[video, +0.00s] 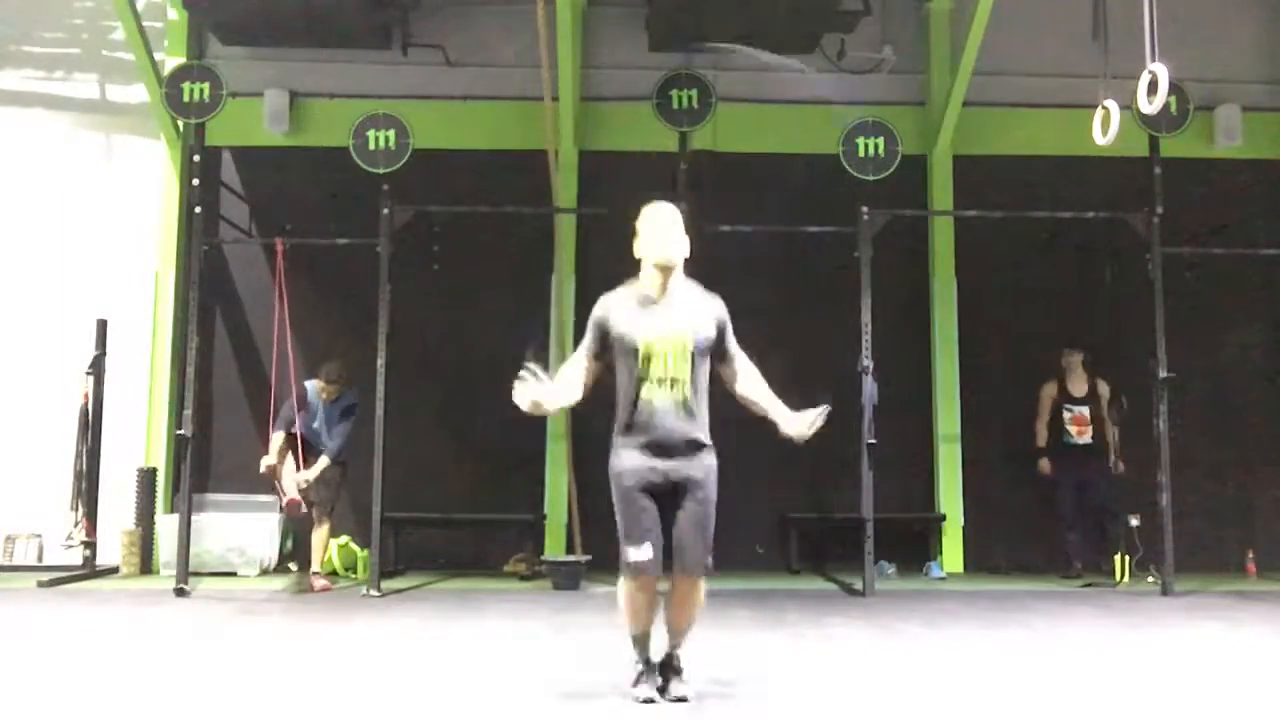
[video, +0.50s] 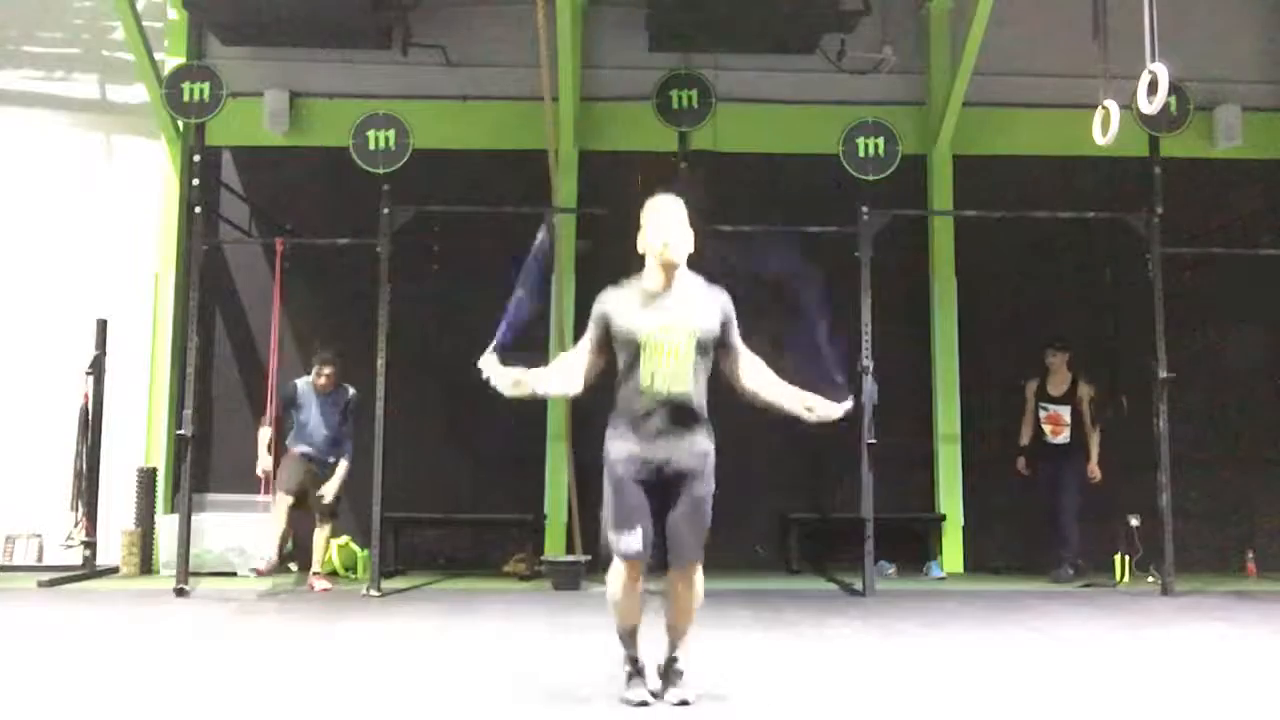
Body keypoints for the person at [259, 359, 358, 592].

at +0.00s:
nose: (325, 394)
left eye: (331, 391)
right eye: (323, 388)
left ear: (342, 387)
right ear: (319, 382)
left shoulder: (350, 400)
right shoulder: (305, 390)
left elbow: (339, 440)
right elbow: (283, 420)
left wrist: (314, 471)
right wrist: (271, 454)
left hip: (328, 455)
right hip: (299, 445)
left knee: (322, 514)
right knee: (281, 446)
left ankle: (316, 572)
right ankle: (293, 496)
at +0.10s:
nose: (322, 402)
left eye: (328, 399)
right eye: (319, 396)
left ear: (339, 393)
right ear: (315, 387)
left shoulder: (347, 408)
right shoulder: (303, 396)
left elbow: (335, 445)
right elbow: (281, 427)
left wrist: (308, 470)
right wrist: (268, 457)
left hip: (331, 458)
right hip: (300, 451)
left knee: (323, 514)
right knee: (288, 443)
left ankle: (315, 572)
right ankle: (292, 495)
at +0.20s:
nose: (320, 403)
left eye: (326, 399)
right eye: (317, 397)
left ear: (337, 393)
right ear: (313, 388)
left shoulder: (347, 407)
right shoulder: (302, 396)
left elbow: (333, 445)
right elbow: (280, 426)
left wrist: (303, 471)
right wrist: (264, 458)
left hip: (331, 458)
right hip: (303, 451)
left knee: (323, 514)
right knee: (289, 446)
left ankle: (315, 572)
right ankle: (287, 504)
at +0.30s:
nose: (320, 396)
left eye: (326, 391)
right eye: (318, 390)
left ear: (336, 388)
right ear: (313, 385)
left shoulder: (347, 406)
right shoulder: (300, 395)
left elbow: (332, 446)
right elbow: (275, 427)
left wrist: (300, 477)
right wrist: (260, 460)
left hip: (332, 458)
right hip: (302, 449)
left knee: (323, 513)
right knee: (289, 452)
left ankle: (316, 573)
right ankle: (282, 518)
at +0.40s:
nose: (321, 389)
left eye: (327, 385)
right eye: (317, 383)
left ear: (337, 383)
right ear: (311, 379)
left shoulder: (347, 402)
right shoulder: (297, 392)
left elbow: (340, 446)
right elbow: (270, 425)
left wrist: (312, 480)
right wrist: (259, 461)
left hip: (330, 457)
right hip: (301, 449)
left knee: (324, 514)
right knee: (286, 480)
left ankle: (316, 573)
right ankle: (276, 541)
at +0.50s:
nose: (323, 381)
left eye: (329, 376)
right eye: (319, 375)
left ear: (337, 377)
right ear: (312, 372)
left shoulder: (347, 397)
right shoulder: (297, 388)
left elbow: (349, 443)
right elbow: (268, 419)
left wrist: (336, 481)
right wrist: (263, 455)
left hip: (328, 461)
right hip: (299, 455)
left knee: (325, 518)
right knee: (283, 496)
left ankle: (316, 572)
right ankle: (272, 556)